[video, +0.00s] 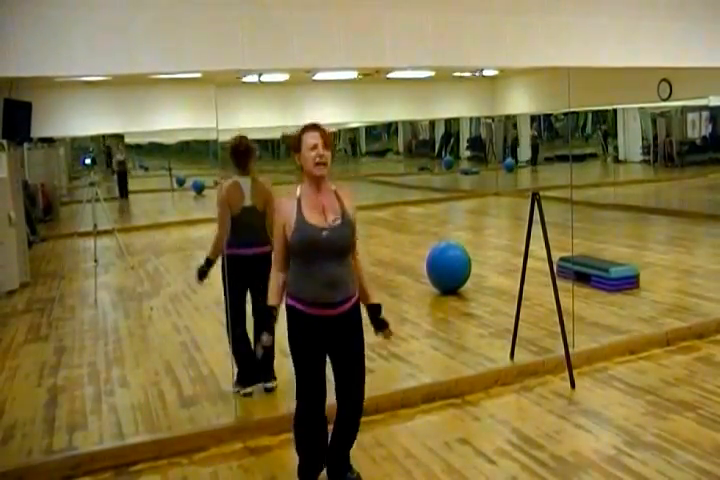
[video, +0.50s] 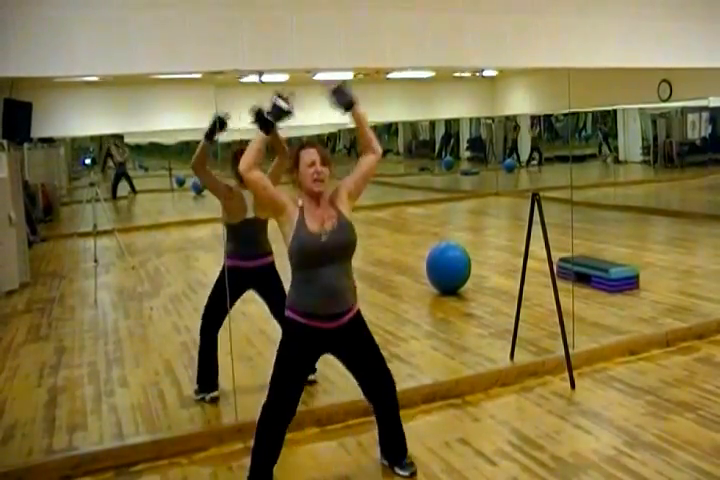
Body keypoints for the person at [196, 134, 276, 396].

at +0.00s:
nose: (247, 161)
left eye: (238, 156)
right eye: (249, 156)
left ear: (231, 159)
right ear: (253, 158)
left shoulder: (227, 190)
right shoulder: (265, 188)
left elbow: (223, 232)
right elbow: (273, 226)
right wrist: (277, 255)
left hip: (236, 259)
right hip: (263, 257)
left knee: (236, 318)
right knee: (264, 314)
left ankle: (247, 375)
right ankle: (267, 373)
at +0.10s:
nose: (242, 150)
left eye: (236, 145)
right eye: (247, 144)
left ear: (230, 149)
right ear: (253, 147)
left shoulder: (226, 181)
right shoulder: (265, 179)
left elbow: (217, 223)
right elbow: (278, 215)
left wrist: (198, 243)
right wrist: (277, 243)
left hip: (233, 250)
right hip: (260, 247)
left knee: (232, 307)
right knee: (264, 304)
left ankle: (241, 372)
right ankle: (267, 368)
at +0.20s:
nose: (247, 139)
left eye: (236, 135)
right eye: (250, 134)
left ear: (230, 138)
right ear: (253, 137)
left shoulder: (223, 170)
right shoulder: (266, 167)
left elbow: (201, 202)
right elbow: (281, 199)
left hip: (231, 241)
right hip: (260, 239)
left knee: (227, 301)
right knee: (269, 297)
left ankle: (231, 366)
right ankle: (276, 358)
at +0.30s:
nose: (256, 144)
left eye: (254, 140)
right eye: (252, 140)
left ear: (226, 146)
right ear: (248, 144)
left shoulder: (222, 173)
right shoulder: (264, 167)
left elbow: (189, 180)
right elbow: (296, 159)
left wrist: (179, 170)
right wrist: (294, 127)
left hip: (232, 244)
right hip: (261, 243)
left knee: (220, 305)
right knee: (277, 301)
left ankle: (216, 370)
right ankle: (291, 361)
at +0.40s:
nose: (240, 158)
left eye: (238, 152)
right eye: (242, 152)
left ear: (232, 160)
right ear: (252, 159)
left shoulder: (224, 186)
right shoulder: (266, 183)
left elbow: (193, 167)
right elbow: (290, 152)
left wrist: (201, 137)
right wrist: (277, 123)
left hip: (234, 267)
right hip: (264, 265)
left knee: (210, 322)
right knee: (286, 316)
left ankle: (207, 385)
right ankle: (306, 364)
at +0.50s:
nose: (241, 168)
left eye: (238, 163)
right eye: (244, 162)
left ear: (233, 168)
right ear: (255, 167)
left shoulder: (228, 194)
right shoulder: (267, 190)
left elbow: (198, 167)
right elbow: (284, 156)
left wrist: (208, 137)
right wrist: (270, 129)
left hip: (235, 271)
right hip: (265, 269)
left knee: (209, 325)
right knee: (288, 320)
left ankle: (208, 386)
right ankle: (305, 369)